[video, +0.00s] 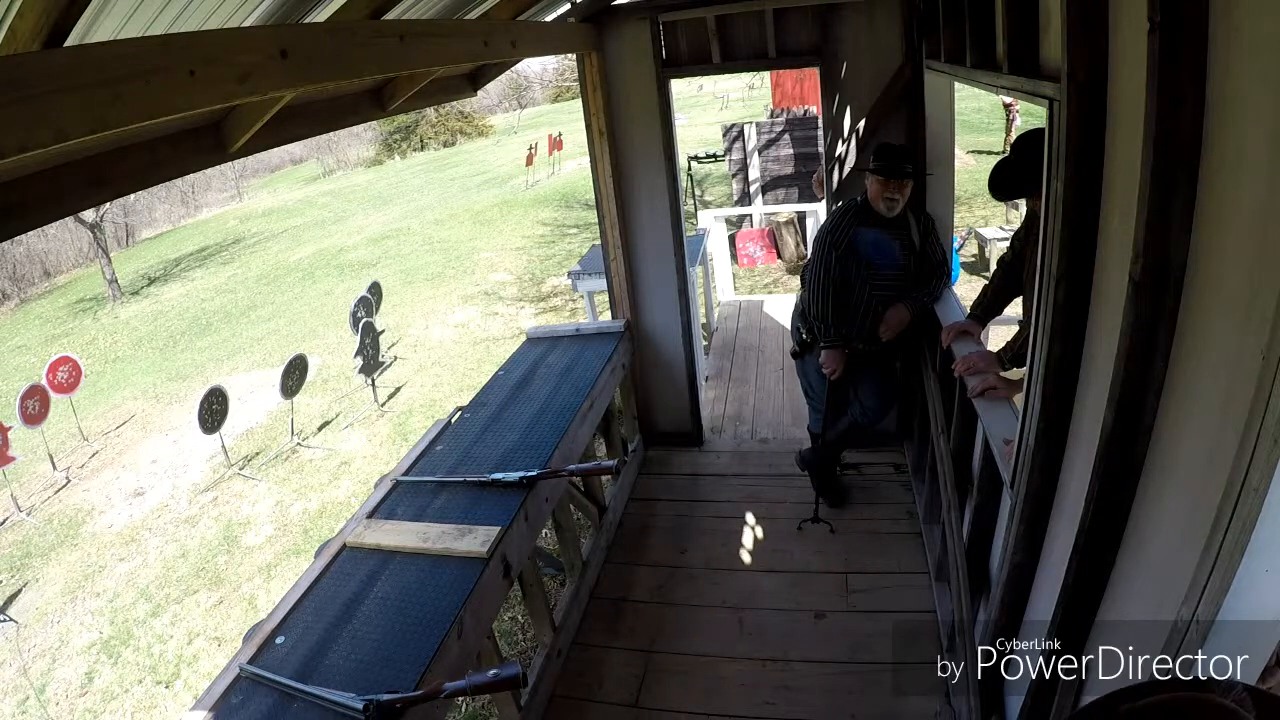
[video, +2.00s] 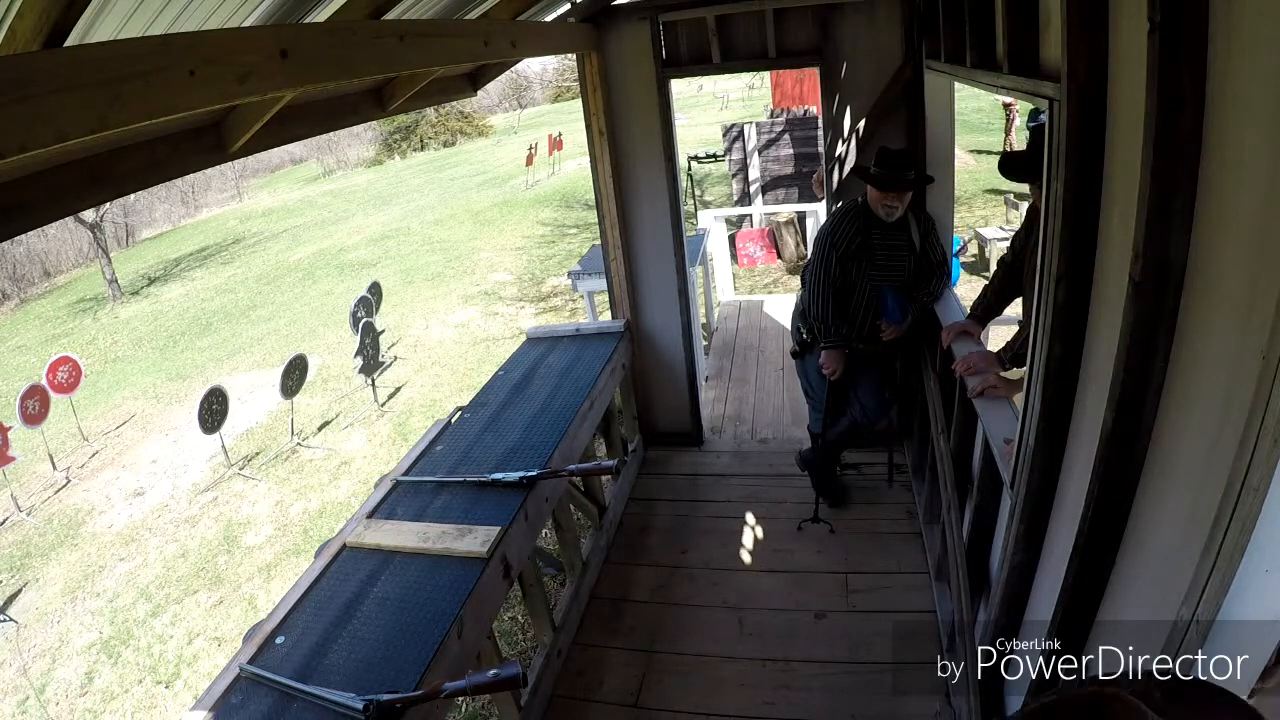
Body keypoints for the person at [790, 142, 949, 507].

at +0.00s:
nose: (894, 189)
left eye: (903, 181)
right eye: (885, 179)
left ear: (912, 185)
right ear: (868, 179)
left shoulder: (920, 224)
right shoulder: (844, 221)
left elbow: (939, 275)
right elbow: (818, 280)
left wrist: (909, 308)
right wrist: (830, 342)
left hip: (877, 337)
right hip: (825, 336)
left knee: (874, 409)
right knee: (827, 413)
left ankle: (818, 455)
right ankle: (827, 478)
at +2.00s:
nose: (893, 198)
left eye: (903, 190)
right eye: (884, 188)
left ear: (913, 190)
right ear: (868, 186)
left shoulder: (921, 225)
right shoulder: (844, 224)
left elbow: (938, 274)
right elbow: (819, 282)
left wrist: (908, 318)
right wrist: (831, 343)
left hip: (874, 335)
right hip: (823, 333)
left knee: (872, 407)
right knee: (826, 408)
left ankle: (817, 455)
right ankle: (827, 478)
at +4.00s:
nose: (880, 199)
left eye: (890, 191)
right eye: (873, 190)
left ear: (908, 193)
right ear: (862, 187)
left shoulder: (921, 227)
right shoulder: (841, 225)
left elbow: (939, 278)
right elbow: (819, 285)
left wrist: (915, 318)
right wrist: (828, 343)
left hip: (886, 341)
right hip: (834, 339)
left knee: (878, 406)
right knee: (829, 411)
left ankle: (864, 460)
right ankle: (827, 473)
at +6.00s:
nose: (884, 198)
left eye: (887, 190)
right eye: (875, 192)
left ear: (891, 183)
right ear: (852, 188)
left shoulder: (909, 209)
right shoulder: (827, 217)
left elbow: (947, 243)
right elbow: (798, 265)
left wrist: (938, 297)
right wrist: (789, 320)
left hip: (890, 334)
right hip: (840, 334)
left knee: (872, 405)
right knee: (831, 410)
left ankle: (865, 460)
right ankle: (823, 473)